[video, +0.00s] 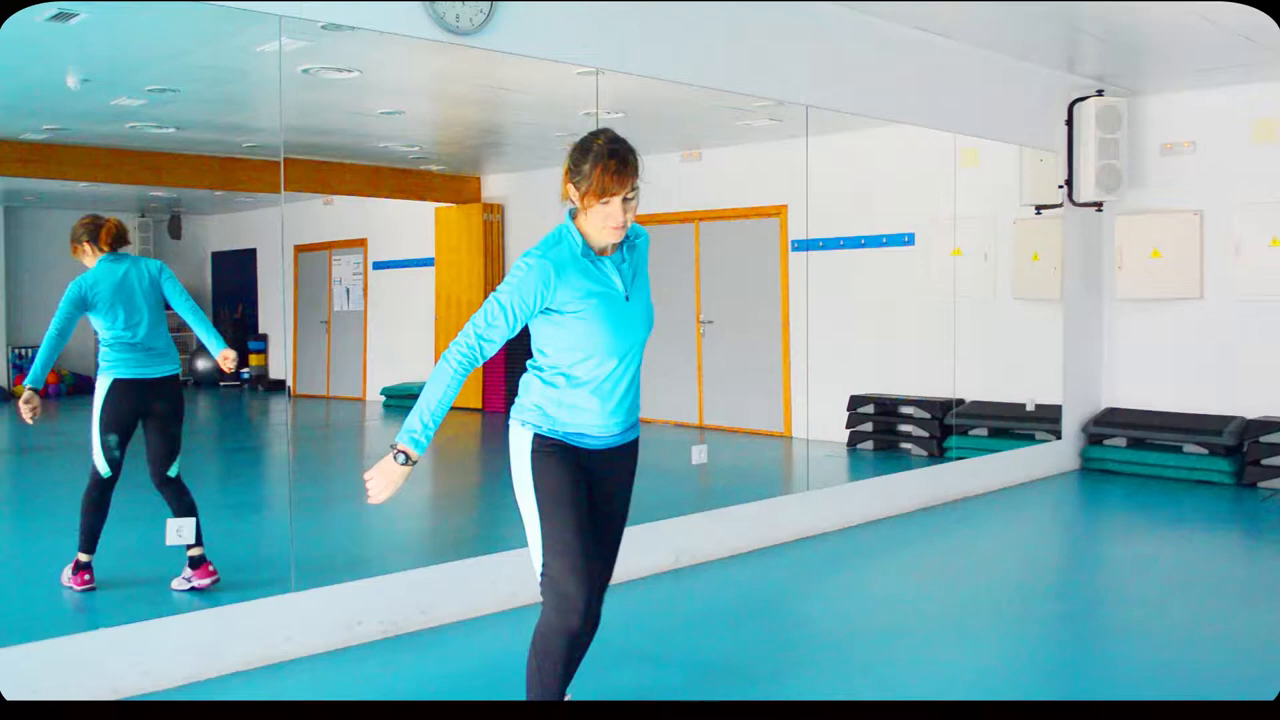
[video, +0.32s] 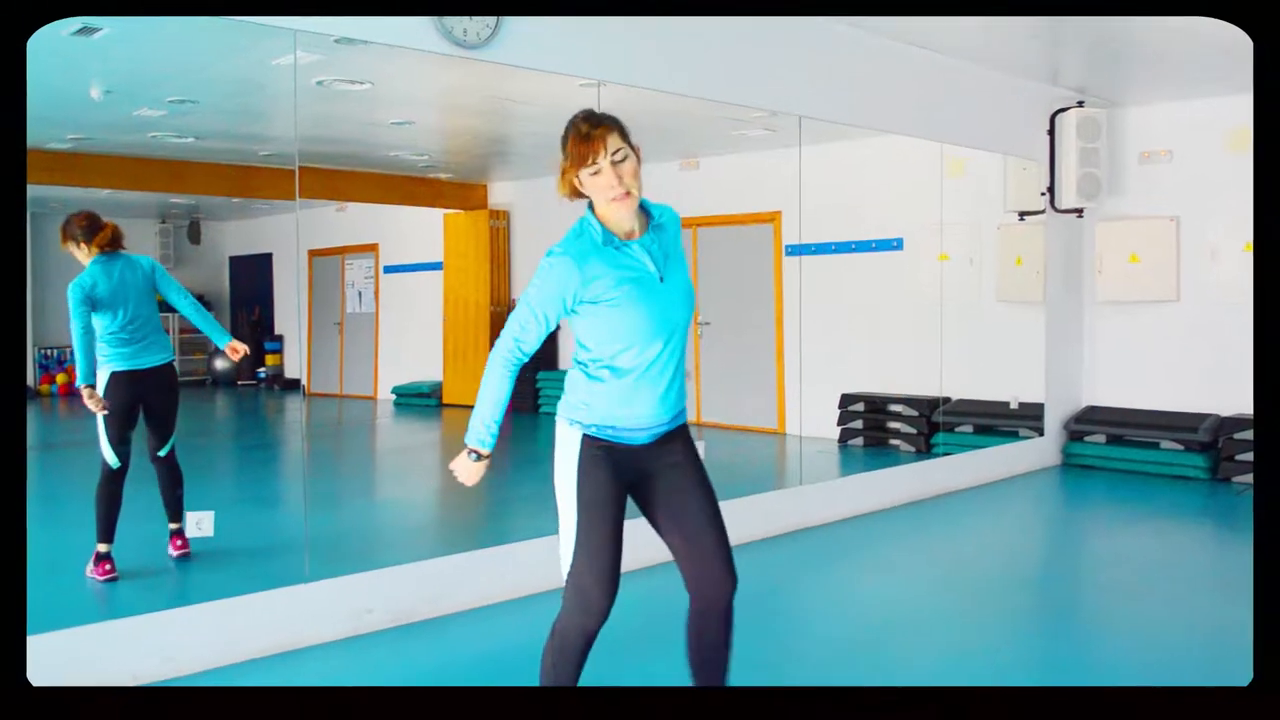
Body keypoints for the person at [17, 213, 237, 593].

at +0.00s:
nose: (82, 261)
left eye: (79, 254)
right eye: (79, 255)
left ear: (88, 247)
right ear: (114, 241)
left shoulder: (85, 283)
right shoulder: (155, 268)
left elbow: (57, 334)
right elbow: (186, 306)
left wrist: (31, 385)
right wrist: (219, 347)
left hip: (119, 386)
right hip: (166, 385)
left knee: (103, 475)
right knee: (167, 475)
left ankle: (82, 566)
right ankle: (200, 563)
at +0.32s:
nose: (73, 257)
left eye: (71, 250)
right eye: (70, 251)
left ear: (81, 246)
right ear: (106, 237)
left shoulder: (82, 285)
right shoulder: (146, 265)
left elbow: (82, 333)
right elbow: (185, 302)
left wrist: (85, 382)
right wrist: (224, 339)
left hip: (118, 379)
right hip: (162, 374)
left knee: (113, 464)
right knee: (164, 452)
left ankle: (103, 555)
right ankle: (178, 535)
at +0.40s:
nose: (78, 261)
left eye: (76, 255)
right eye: (75, 256)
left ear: (87, 251)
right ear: (108, 244)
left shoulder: (89, 288)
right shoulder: (149, 270)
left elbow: (95, 336)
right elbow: (194, 303)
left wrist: (103, 383)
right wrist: (237, 335)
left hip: (125, 380)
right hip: (167, 375)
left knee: (118, 463)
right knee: (168, 453)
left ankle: (110, 552)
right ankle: (178, 527)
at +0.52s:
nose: (88, 266)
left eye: (89, 260)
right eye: (87, 260)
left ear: (106, 258)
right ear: (120, 255)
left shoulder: (108, 292)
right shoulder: (156, 275)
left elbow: (130, 332)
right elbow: (202, 296)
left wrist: (150, 376)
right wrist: (244, 319)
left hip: (141, 380)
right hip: (177, 372)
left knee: (133, 460)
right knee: (171, 451)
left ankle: (123, 547)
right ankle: (179, 523)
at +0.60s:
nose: (102, 261)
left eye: (106, 254)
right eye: (101, 254)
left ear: (124, 254)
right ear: (134, 252)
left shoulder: (126, 287)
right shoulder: (159, 271)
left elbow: (161, 316)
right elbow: (198, 286)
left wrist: (191, 359)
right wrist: (240, 305)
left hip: (156, 375)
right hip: (185, 371)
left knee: (146, 452)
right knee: (175, 446)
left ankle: (142, 536)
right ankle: (185, 520)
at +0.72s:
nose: (135, 251)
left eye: (142, 246)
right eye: (131, 245)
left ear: (157, 248)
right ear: (128, 245)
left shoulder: (158, 277)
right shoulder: (158, 270)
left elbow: (208, 291)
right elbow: (206, 278)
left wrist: (230, 337)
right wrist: (234, 302)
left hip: (182, 365)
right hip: (175, 364)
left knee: (165, 440)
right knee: (174, 439)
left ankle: (193, 516)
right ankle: (197, 513)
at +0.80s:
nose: (151, 250)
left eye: (158, 245)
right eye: (147, 244)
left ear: (171, 247)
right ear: (141, 246)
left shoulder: (180, 277)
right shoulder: (157, 276)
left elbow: (229, 299)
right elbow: (205, 297)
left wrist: (238, 345)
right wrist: (217, 328)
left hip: (194, 364)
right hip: (176, 366)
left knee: (177, 439)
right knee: (174, 439)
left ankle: (212, 506)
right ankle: (204, 503)